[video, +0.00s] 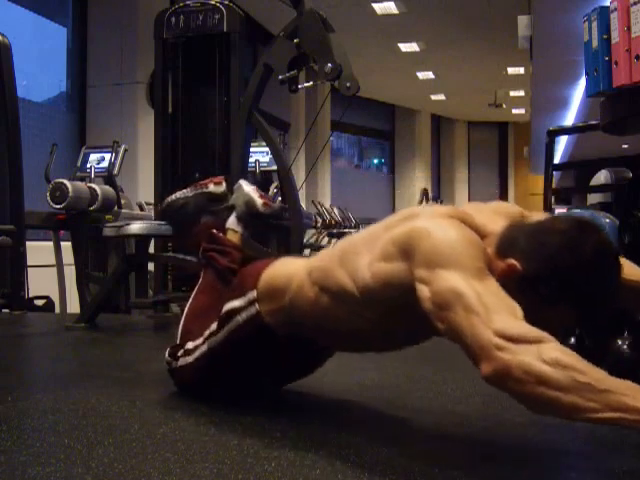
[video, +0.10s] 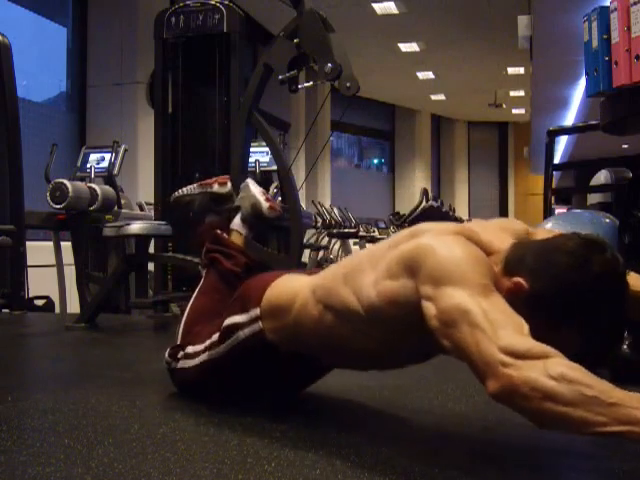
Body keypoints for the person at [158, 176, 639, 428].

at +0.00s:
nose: (551, 333)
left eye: (560, 327)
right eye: (549, 320)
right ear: (511, 275)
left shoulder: (529, 227)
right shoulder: (442, 246)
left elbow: (620, 274)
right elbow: (510, 359)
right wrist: (638, 405)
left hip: (316, 321)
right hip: (268, 313)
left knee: (241, 376)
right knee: (187, 369)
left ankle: (242, 264)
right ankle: (216, 268)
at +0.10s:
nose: (546, 353)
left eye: (562, 350)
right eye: (547, 340)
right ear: (515, 291)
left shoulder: (533, 244)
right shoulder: (447, 260)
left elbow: (622, 283)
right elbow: (515, 373)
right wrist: (636, 415)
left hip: (319, 330)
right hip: (269, 324)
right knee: (187, 367)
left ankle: (242, 263)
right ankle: (217, 265)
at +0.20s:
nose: (546, 357)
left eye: (561, 354)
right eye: (547, 346)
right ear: (516, 295)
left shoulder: (525, 242)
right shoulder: (448, 265)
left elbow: (625, 285)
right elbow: (516, 378)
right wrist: (636, 413)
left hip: (318, 330)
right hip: (269, 330)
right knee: (186, 367)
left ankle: (241, 255)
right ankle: (218, 261)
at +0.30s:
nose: (542, 343)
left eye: (555, 339)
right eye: (542, 328)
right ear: (513, 285)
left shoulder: (527, 240)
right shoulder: (445, 257)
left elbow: (624, 282)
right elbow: (511, 369)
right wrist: (636, 411)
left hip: (316, 333)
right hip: (268, 328)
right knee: (184, 368)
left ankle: (249, 252)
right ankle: (221, 259)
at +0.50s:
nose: (515, 293)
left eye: (530, 288)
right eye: (522, 279)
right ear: (496, 237)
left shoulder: (501, 195)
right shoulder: (421, 213)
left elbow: (594, 247)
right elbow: (473, 326)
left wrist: (637, 273)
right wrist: (627, 402)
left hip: (312, 311)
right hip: (264, 307)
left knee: (230, 370)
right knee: (184, 369)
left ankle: (236, 262)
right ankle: (210, 267)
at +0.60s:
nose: (503, 255)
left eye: (516, 248)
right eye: (506, 243)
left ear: (474, 193)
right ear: (476, 200)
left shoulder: (486, 174)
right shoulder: (402, 177)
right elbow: (439, 300)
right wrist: (577, 388)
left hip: (305, 312)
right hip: (252, 297)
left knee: (230, 377)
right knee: (182, 369)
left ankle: (235, 252)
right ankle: (214, 251)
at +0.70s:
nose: (481, 211)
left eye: (495, 205)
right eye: (483, 199)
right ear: (456, 159)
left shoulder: (469, 158)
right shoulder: (382, 147)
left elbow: (555, 226)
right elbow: (405, 269)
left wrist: (618, 292)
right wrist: (520, 368)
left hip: (304, 299)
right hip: (246, 288)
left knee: (227, 378)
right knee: (183, 375)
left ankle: (220, 248)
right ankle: (193, 255)